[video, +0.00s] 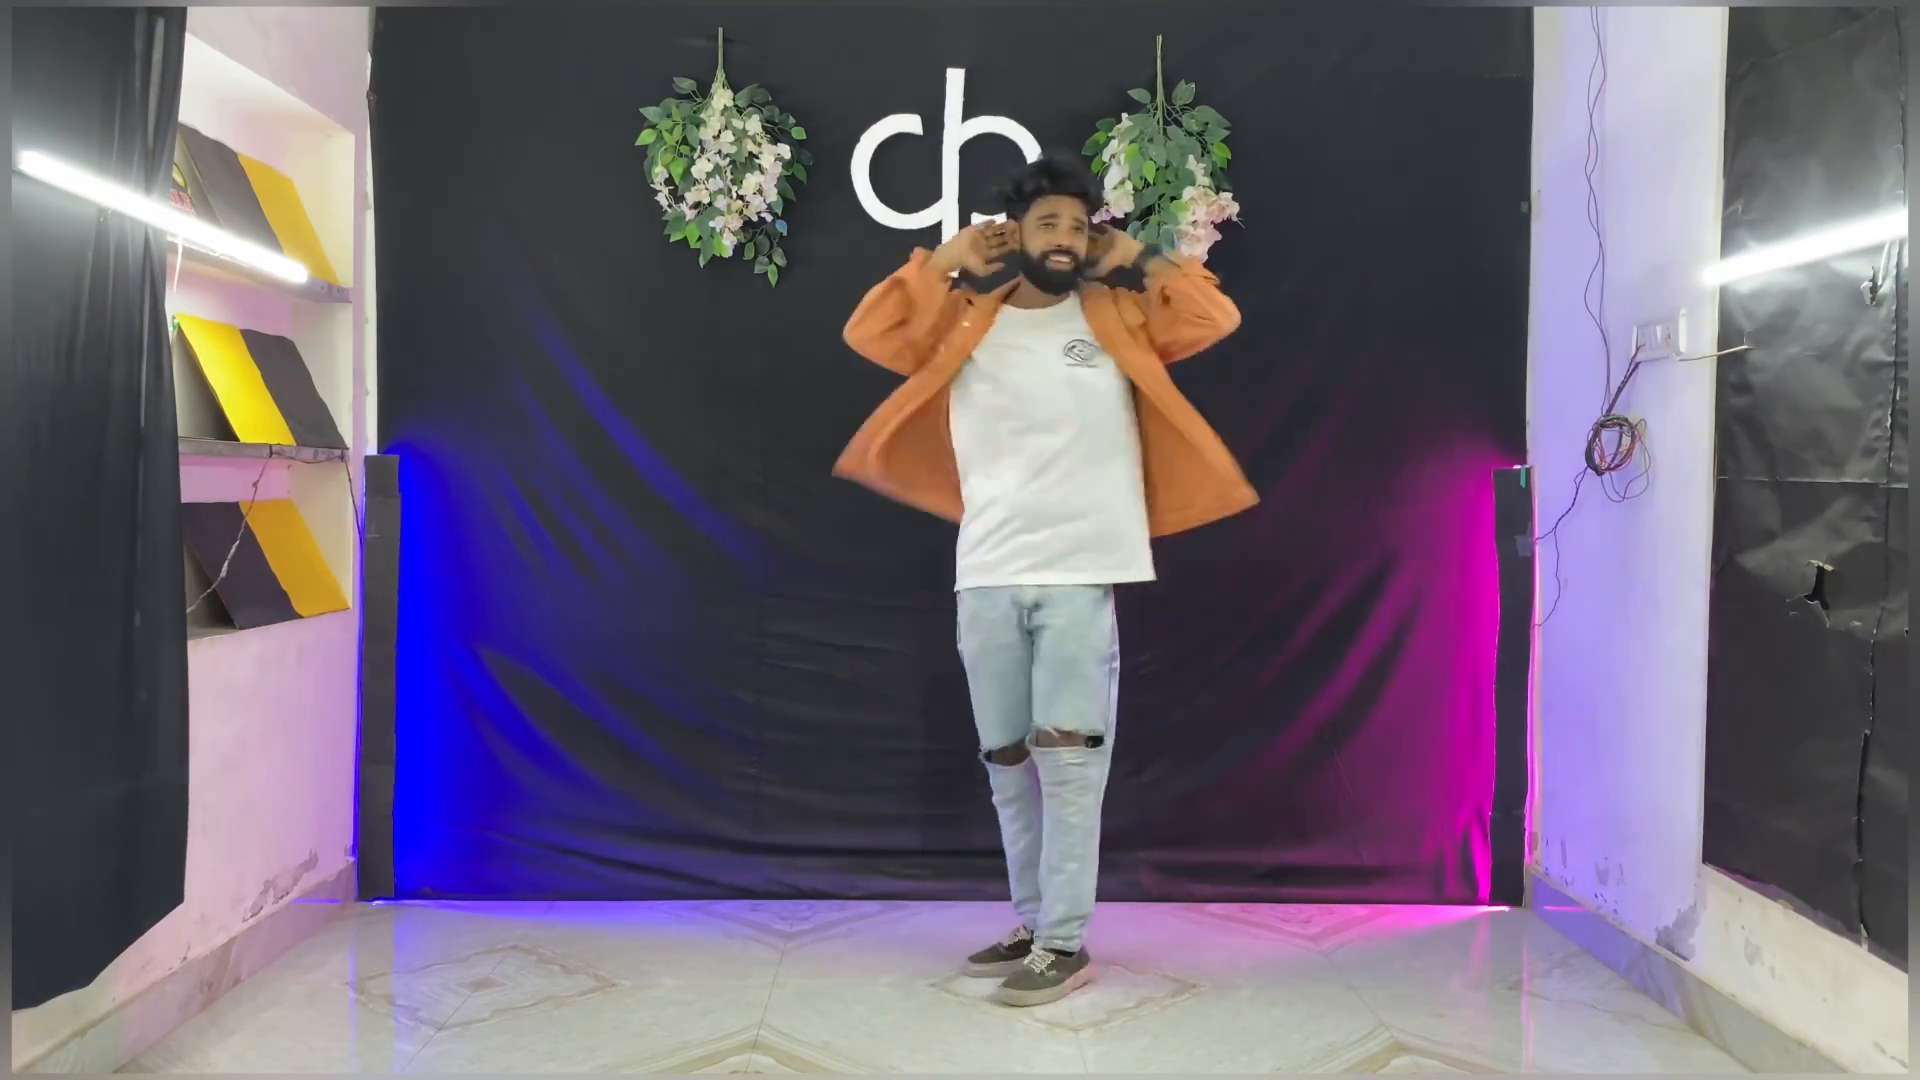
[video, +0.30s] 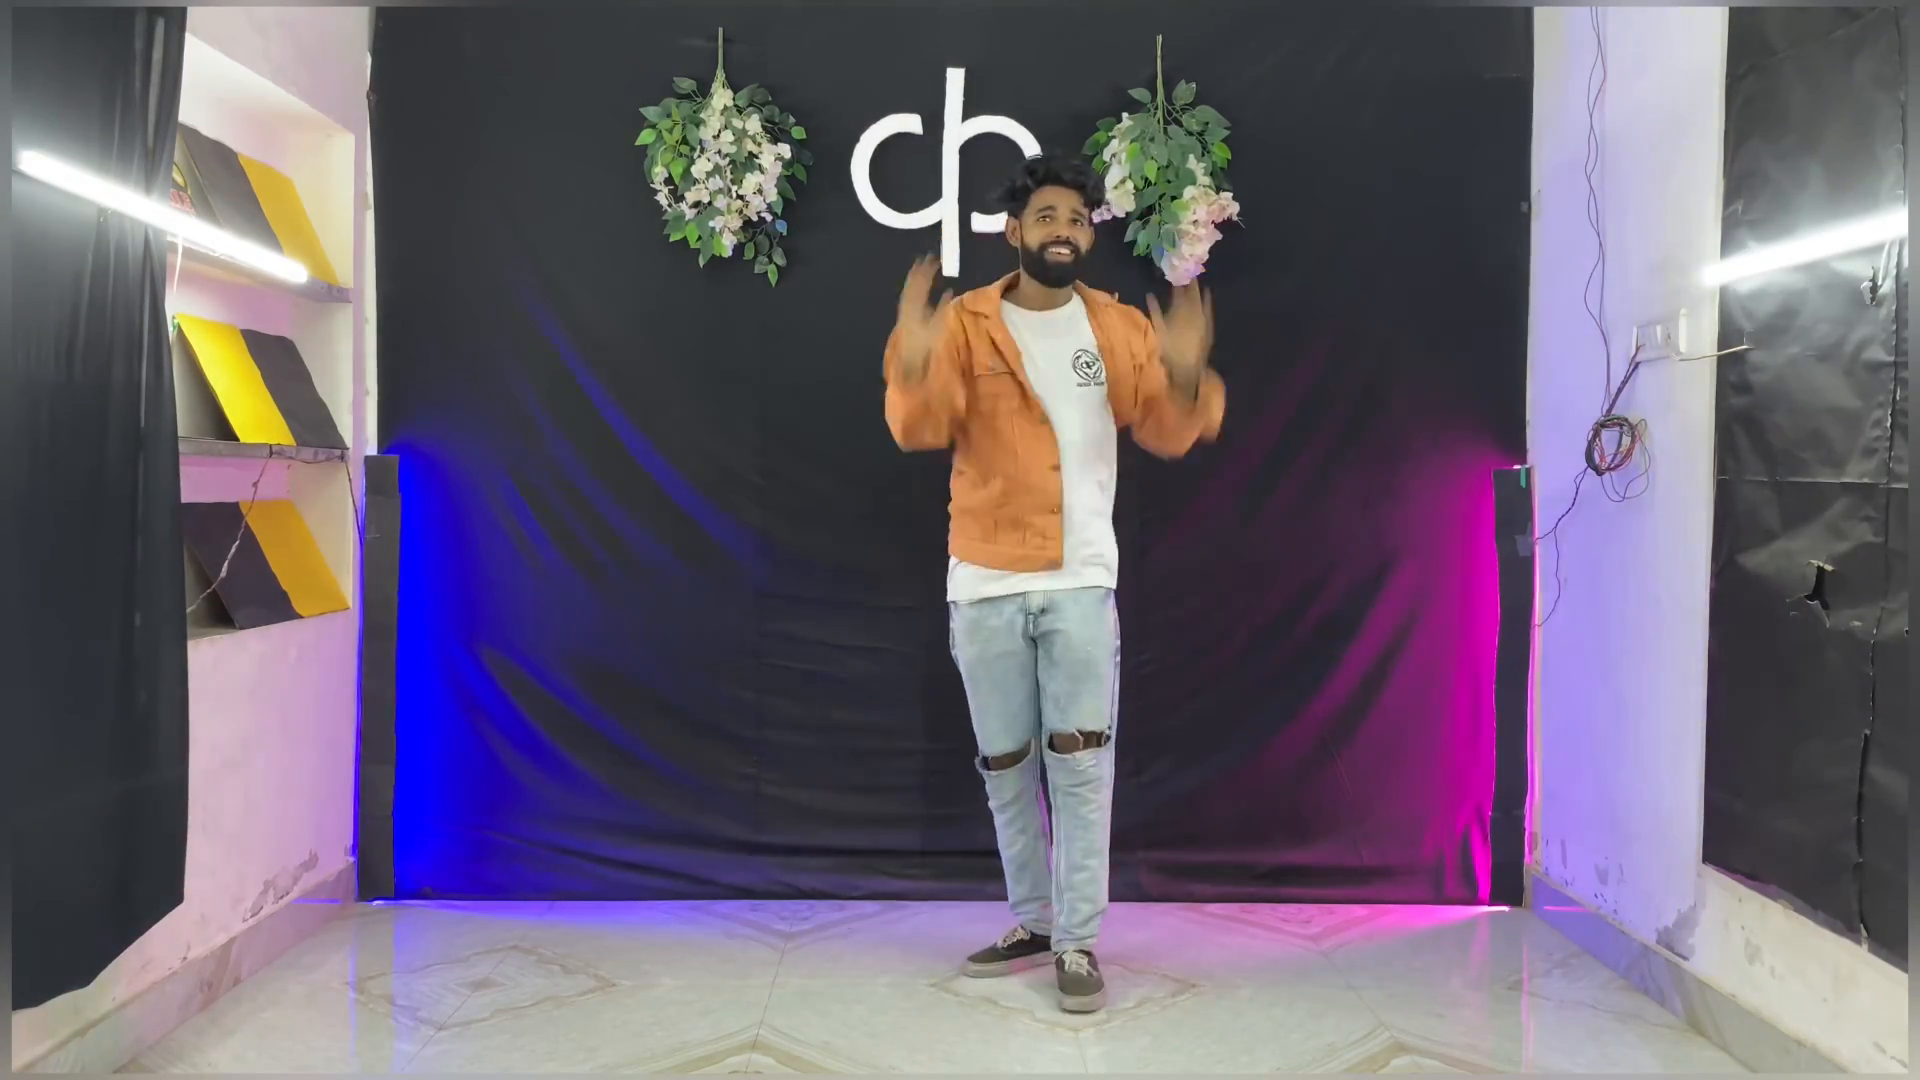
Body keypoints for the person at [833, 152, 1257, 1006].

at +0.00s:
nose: (1060, 241)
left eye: (1074, 227)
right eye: (1045, 224)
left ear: (1093, 238)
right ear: (1014, 230)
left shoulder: (1116, 313)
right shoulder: (965, 316)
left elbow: (1215, 318)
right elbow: (867, 334)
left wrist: (1136, 258)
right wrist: (949, 257)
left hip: (1081, 565)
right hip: (988, 567)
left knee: (1067, 755)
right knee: (1007, 759)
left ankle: (1063, 940)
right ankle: (1032, 926)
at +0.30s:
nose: (1062, 232)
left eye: (1076, 219)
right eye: (1046, 217)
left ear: (1089, 234)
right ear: (1014, 227)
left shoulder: (1119, 323)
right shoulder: (965, 321)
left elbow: (1169, 436)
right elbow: (919, 431)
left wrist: (1189, 375)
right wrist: (913, 341)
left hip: (1079, 572)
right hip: (984, 574)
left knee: (1080, 760)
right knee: (1007, 763)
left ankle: (1077, 940)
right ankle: (1034, 921)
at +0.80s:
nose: (981, 281)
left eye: (992, 263)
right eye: (962, 271)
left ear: (1018, 267)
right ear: (938, 285)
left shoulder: (1061, 378)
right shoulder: (904, 351)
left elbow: (1060, 504)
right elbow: (855, 478)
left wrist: (1061, 509)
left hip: (1007, 619)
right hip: (903, 609)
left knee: (1019, 788)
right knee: (853, 775)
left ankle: (1068, 946)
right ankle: (783, 939)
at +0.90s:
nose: (945, 299)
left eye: (955, 280)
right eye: (926, 290)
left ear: (981, 276)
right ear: (904, 301)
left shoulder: (1038, 376)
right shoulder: (885, 366)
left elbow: (1045, 476)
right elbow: (856, 466)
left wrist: (1032, 538)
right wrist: (838, 538)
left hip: (985, 624)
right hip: (880, 618)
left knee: (999, 796)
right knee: (825, 783)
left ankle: (1064, 945)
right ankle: (792, 940)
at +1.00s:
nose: (931, 303)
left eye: (940, 283)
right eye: (911, 294)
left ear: (969, 278)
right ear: (893, 308)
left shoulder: (1028, 370)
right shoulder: (877, 374)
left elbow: (1034, 469)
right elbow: (845, 482)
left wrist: (1017, 554)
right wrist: (804, 572)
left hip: (981, 615)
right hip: (876, 612)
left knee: (1007, 783)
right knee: (833, 787)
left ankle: (1068, 945)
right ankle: (793, 942)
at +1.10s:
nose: (919, 307)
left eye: (929, 287)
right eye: (900, 298)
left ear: (960, 284)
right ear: (885, 312)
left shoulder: (1020, 365)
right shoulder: (874, 388)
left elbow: (1020, 465)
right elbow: (822, 491)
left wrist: (988, 561)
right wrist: (753, 580)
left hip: (980, 611)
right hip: (877, 610)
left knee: (1005, 778)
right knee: (835, 781)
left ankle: (1066, 945)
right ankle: (793, 941)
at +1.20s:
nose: (893, 304)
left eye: (907, 285)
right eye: (875, 291)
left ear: (942, 285)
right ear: (860, 302)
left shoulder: (1000, 350)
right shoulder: (858, 393)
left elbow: (1018, 451)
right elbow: (799, 496)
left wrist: (986, 507)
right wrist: (703, 520)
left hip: (978, 604)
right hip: (882, 598)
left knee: (985, 786)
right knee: (832, 774)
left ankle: (1061, 943)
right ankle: (790, 940)